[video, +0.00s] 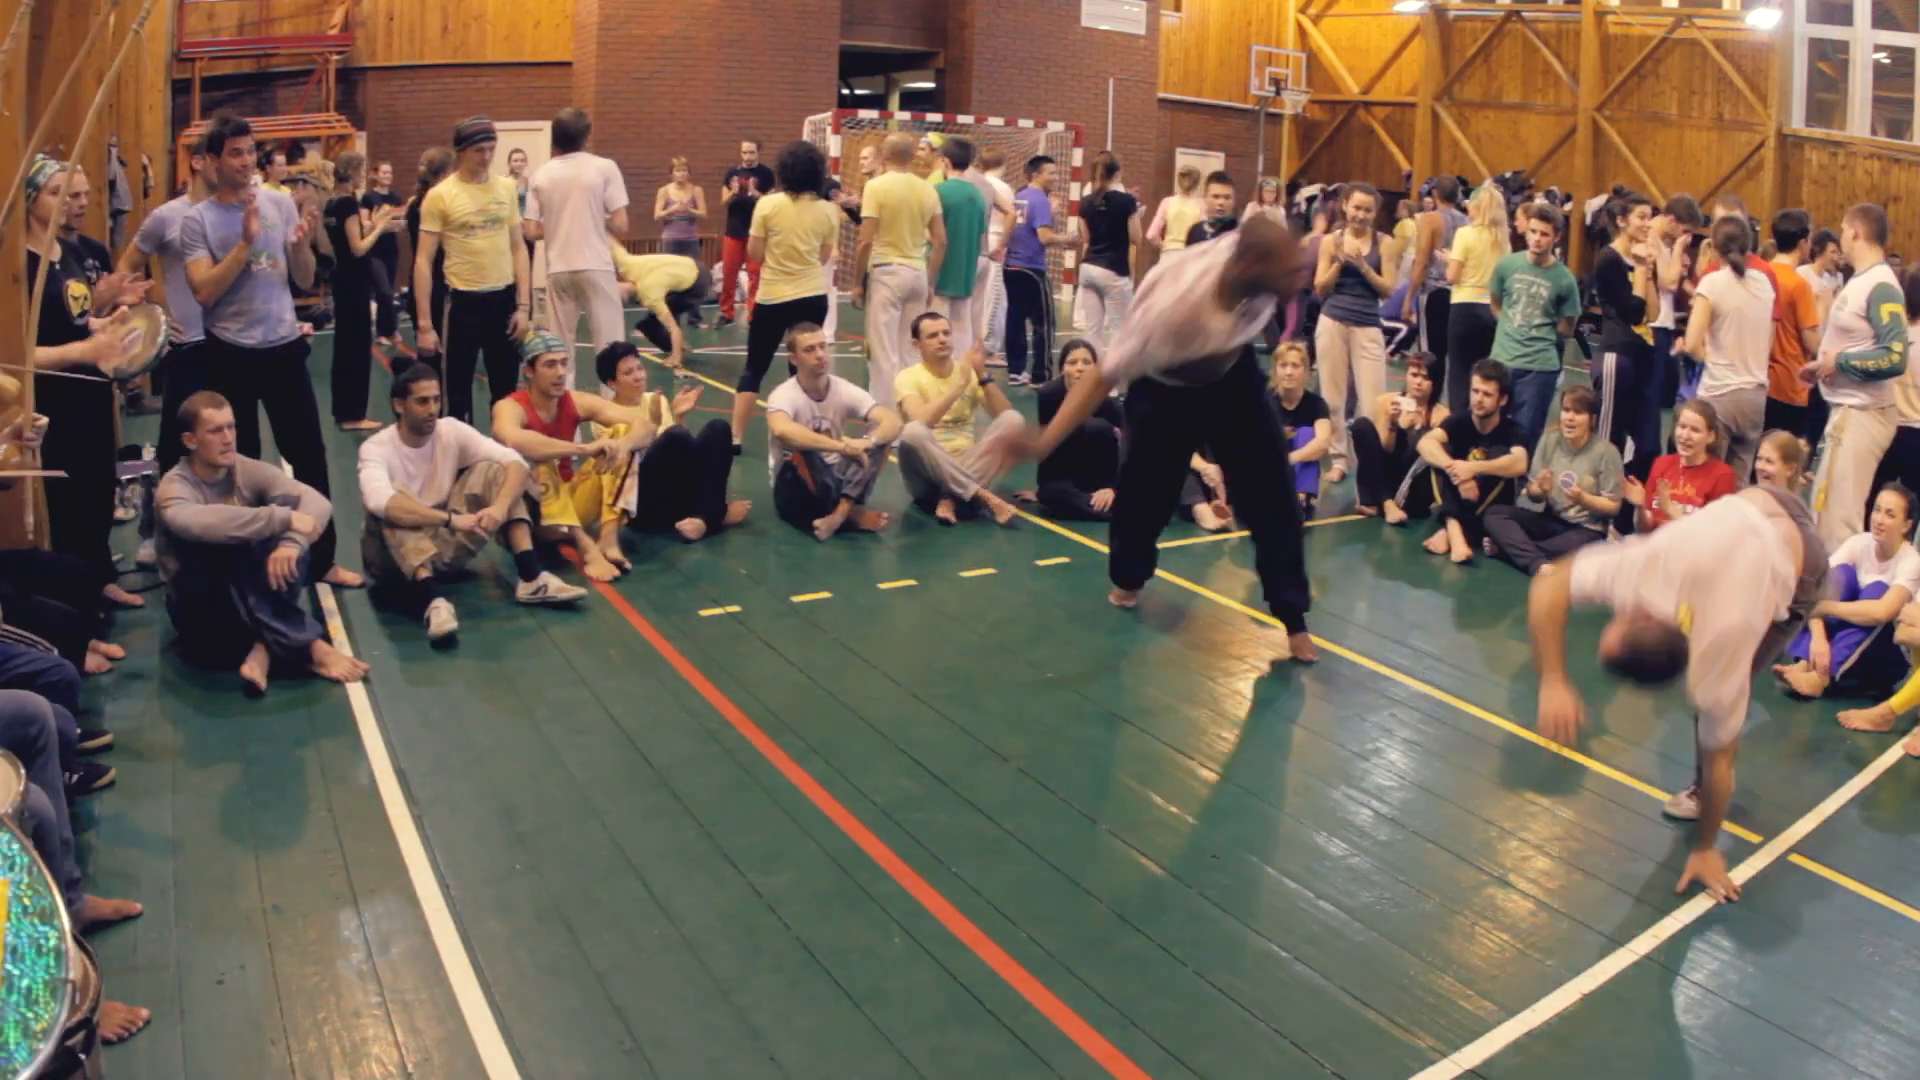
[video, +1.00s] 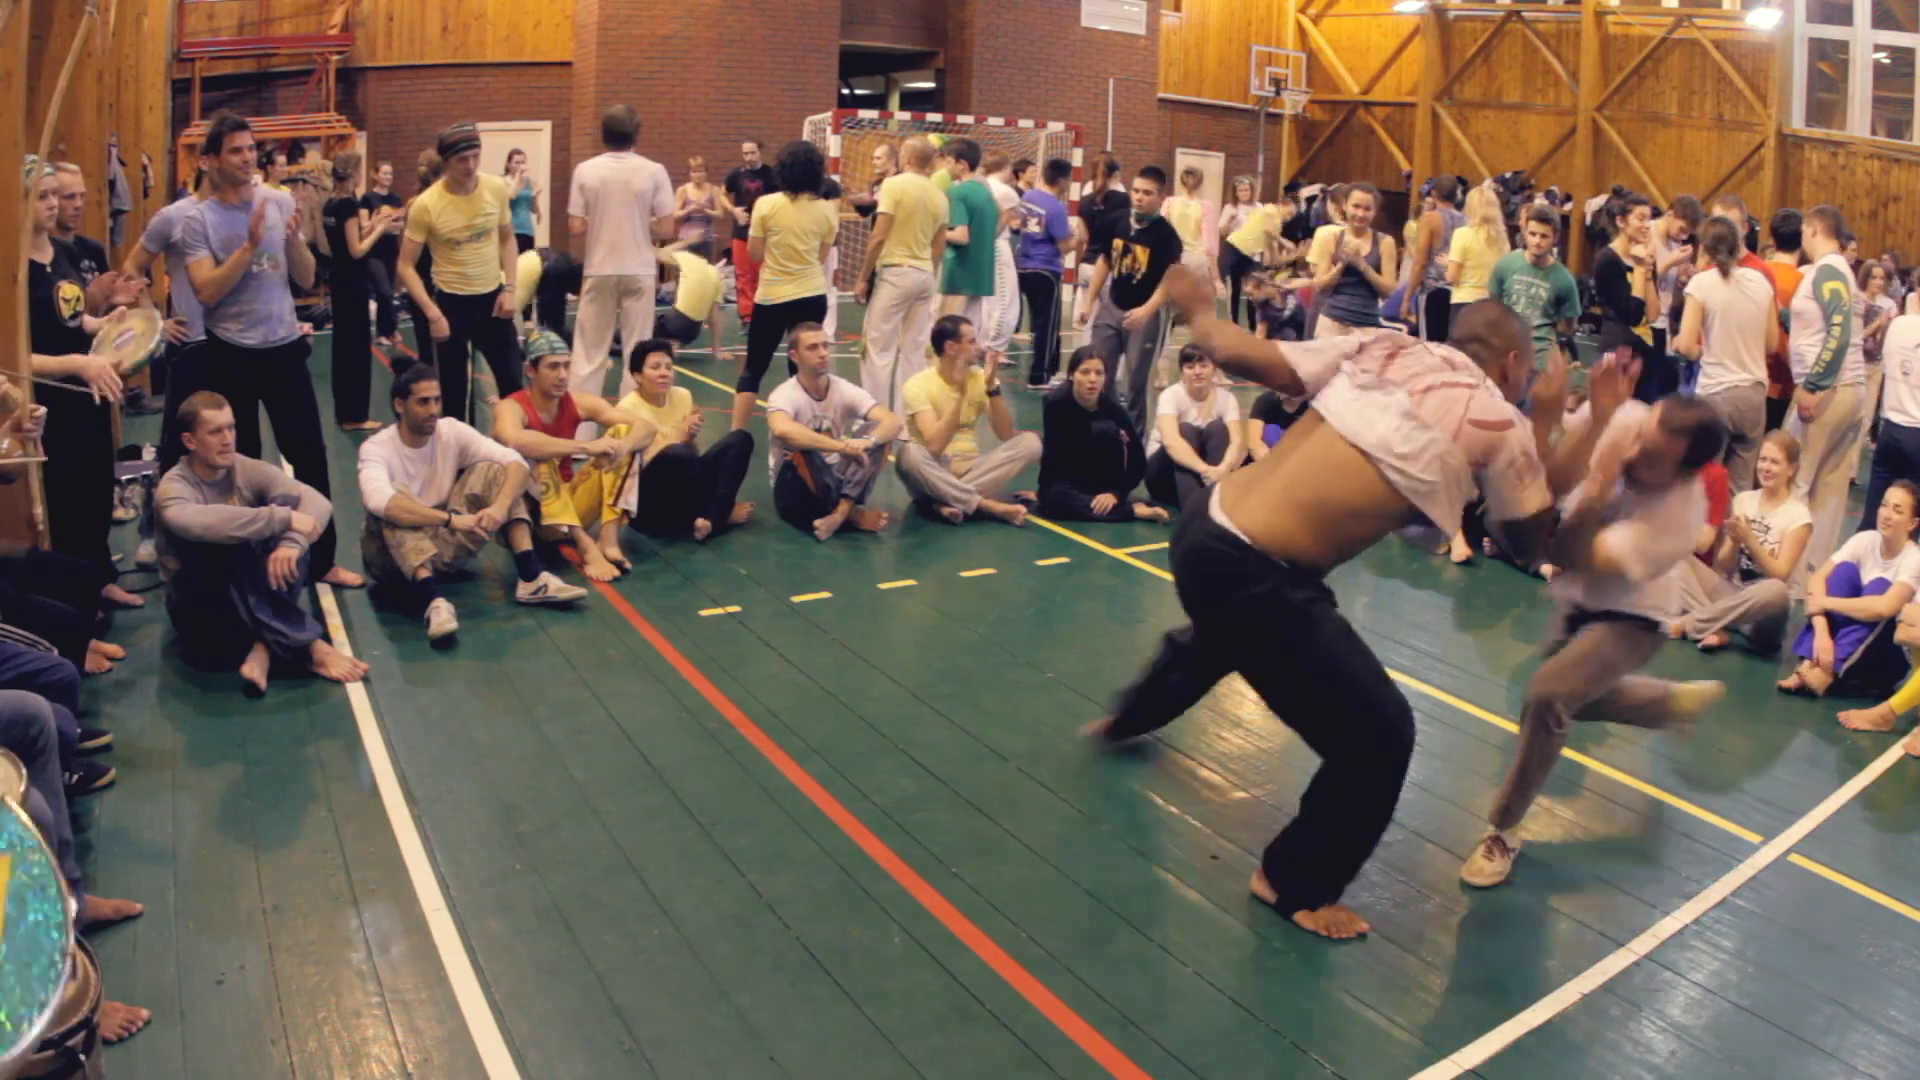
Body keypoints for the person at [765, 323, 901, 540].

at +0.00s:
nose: (820, 355)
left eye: (822, 347)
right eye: (810, 350)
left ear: (828, 348)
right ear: (793, 358)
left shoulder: (841, 388)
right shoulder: (784, 394)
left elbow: (893, 422)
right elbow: (781, 430)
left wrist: (869, 441)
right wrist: (841, 447)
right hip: (797, 495)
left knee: (880, 440)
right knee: (803, 453)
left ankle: (839, 513)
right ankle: (851, 512)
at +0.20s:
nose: (821, 355)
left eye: (824, 347)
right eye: (811, 350)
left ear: (829, 348)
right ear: (793, 357)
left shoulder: (841, 388)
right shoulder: (784, 394)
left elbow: (893, 422)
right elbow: (781, 430)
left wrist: (869, 441)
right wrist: (841, 446)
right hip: (796, 496)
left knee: (880, 440)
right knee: (803, 453)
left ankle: (839, 513)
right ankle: (850, 512)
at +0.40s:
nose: (823, 355)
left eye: (826, 347)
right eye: (813, 349)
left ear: (831, 348)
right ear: (794, 357)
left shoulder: (841, 389)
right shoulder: (784, 394)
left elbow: (893, 421)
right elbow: (782, 430)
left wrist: (869, 441)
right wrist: (841, 446)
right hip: (796, 495)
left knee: (880, 441)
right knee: (803, 453)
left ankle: (839, 514)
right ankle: (850, 512)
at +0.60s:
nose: (824, 355)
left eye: (827, 347)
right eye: (814, 349)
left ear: (832, 349)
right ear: (795, 356)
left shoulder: (841, 388)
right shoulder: (785, 394)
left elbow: (892, 421)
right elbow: (782, 430)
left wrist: (870, 441)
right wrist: (841, 447)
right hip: (797, 495)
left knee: (881, 440)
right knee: (803, 453)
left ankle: (840, 513)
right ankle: (850, 512)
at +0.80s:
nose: (825, 354)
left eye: (827, 347)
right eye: (815, 348)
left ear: (832, 348)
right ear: (795, 356)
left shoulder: (842, 389)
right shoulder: (785, 394)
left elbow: (893, 422)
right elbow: (782, 431)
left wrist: (869, 441)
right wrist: (841, 446)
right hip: (797, 499)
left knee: (881, 438)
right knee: (804, 453)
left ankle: (840, 513)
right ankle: (851, 512)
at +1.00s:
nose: (823, 354)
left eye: (825, 346)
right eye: (813, 348)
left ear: (830, 349)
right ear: (794, 355)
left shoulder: (842, 389)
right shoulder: (784, 394)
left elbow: (893, 422)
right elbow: (782, 431)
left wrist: (869, 441)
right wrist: (841, 446)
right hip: (797, 500)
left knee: (877, 431)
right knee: (804, 453)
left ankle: (840, 512)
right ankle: (851, 512)